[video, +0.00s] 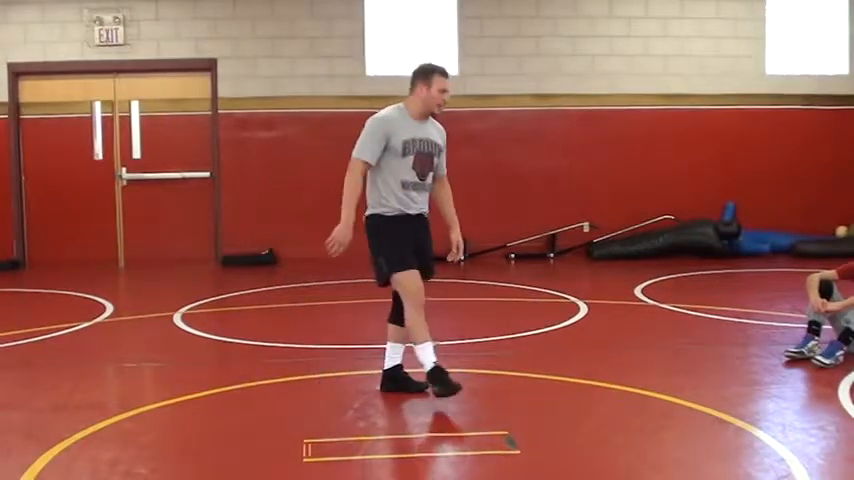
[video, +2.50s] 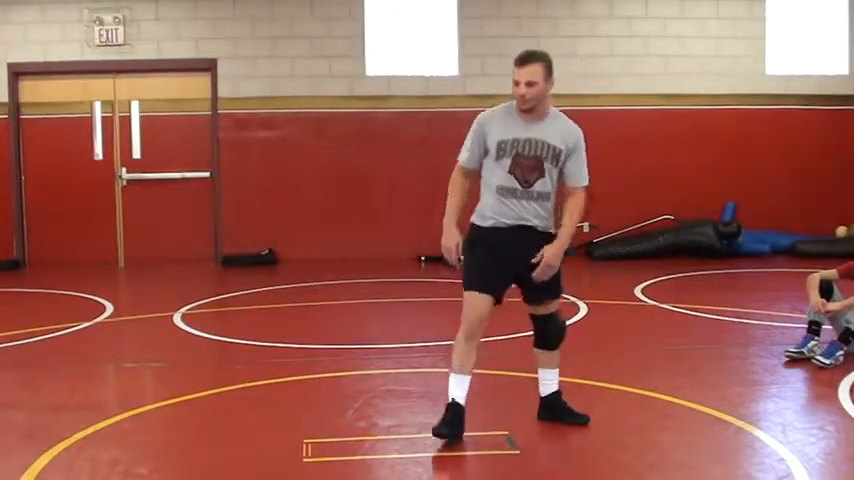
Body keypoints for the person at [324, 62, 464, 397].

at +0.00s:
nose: (445, 99)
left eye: (447, 93)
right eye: (441, 92)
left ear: (433, 93)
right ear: (420, 88)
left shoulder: (437, 132)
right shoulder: (383, 122)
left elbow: (440, 183)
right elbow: (356, 170)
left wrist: (454, 228)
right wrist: (346, 222)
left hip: (418, 221)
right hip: (385, 221)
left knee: (408, 294)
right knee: (413, 292)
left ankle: (392, 370)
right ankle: (433, 368)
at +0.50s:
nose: (485, 93)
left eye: (486, 87)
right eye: (479, 87)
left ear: (474, 89)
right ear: (457, 87)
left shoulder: (477, 124)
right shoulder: (432, 129)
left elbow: (482, 173)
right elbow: (423, 185)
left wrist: (495, 218)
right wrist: (439, 240)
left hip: (470, 225)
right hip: (444, 227)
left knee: (470, 307)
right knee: (460, 307)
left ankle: (414, 353)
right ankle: (473, 382)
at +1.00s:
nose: (530, 93)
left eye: (531, 86)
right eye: (525, 86)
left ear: (513, 86)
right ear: (501, 85)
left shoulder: (514, 122)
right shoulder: (473, 125)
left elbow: (513, 182)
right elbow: (462, 183)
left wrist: (529, 223)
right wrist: (500, 227)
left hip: (512, 226)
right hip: (479, 230)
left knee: (533, 308)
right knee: (482, 308)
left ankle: (547, 387)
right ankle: (476, 383)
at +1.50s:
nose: (561, 85)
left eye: (569, 79)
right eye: (554, 77)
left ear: (579, 85)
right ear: (543, 80)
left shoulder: (584, 131)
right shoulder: (514, 118)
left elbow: (600, 185)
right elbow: (483, 164)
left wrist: (625, 232)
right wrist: (475, 208)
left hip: (559, 229)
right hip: (516, 228)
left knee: (561, 320)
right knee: (524, 318)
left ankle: (552, 397)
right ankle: (510, 377)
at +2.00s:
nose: (568, 83)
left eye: (577, 76)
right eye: (563, 75)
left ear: (591, 82)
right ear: (555, 78)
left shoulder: (602, 137)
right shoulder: (525, 114)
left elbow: (603, 197)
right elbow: (496, 162)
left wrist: (593, 246)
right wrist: (476, 213)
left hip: (558, 230)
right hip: (513, 223)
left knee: (561, 318)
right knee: (512, 314)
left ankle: (551, 398)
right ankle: (508, 396)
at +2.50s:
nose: (522, 91)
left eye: (531, 84)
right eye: (518, 83)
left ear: (549, 86)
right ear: (511, 83)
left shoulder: (569, 134)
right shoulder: (487, 122)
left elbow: (576, 194)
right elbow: (462, 173)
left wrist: (560, 245)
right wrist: (450, 225)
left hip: (540, 237)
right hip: (488, 234)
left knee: (548, 323)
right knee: (472, 321)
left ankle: (550, 399)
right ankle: (455, 408)